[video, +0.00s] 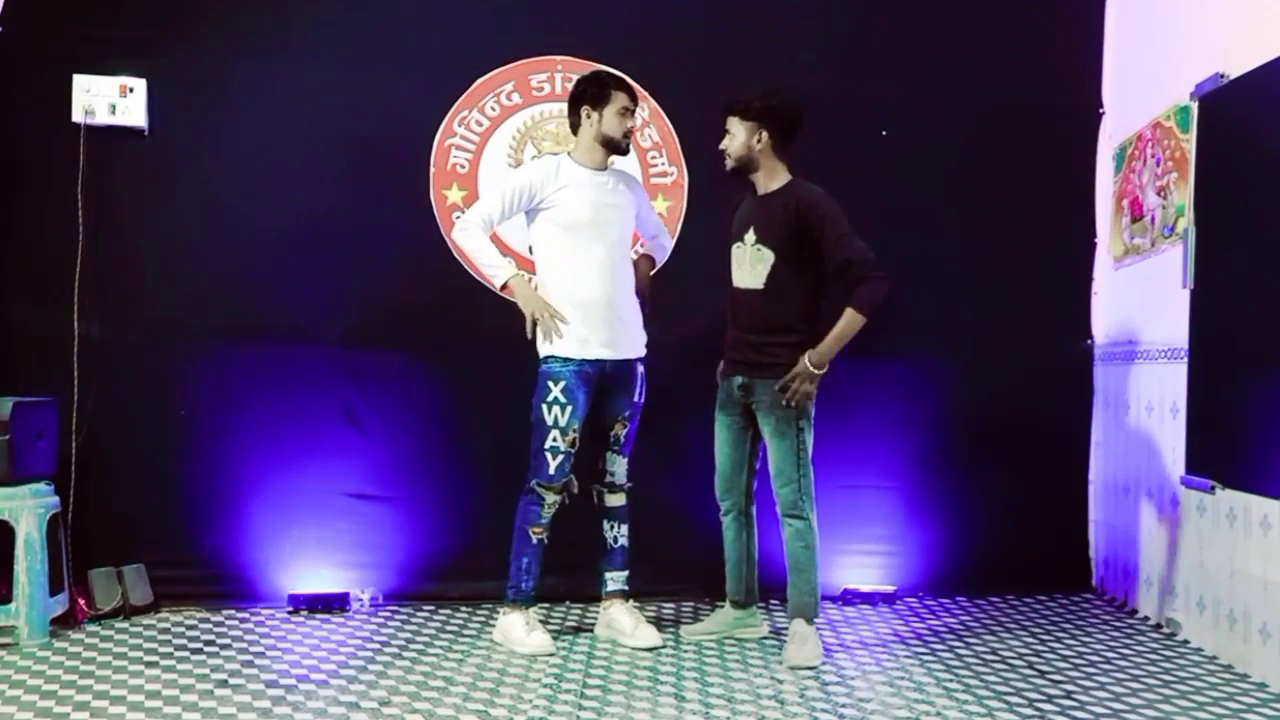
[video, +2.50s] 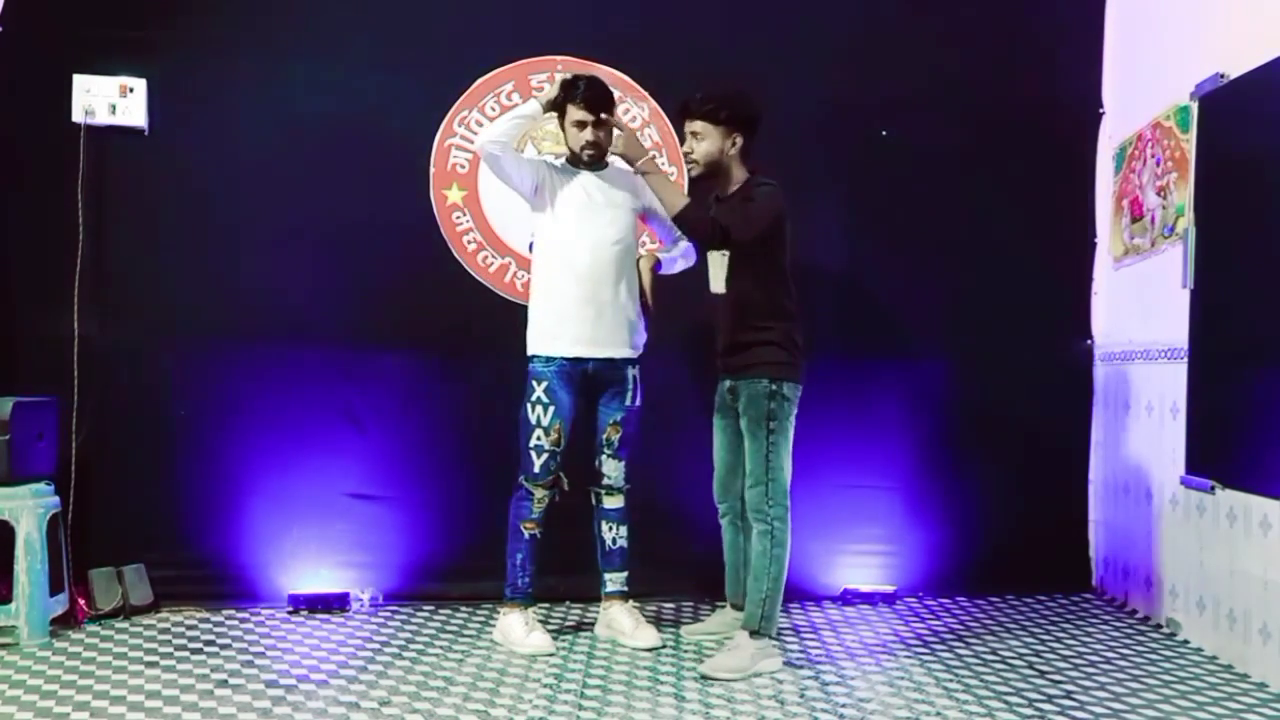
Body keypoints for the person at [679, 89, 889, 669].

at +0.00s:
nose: (723, 142)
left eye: (730, 132)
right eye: (725, 132)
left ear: (761, 138)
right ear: (755, 140)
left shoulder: (808, 203)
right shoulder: (746, 207)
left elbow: (869, 284)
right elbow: (750, 293)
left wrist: (819, 356)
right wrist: (731, 356)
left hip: (785, 379)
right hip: (735, 376)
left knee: (794, 506)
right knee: (731, 498)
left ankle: (802, 623)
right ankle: (741, 609)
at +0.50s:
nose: (721, 143)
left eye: (732, 133)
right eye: (723, 134)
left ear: (768, 141)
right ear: (746, 145)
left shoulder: (808, 202)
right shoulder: (736, 213)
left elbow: (874, 269)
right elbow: (731, 282)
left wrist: (809, 318)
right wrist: (729, 319)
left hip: (788, 379)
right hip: (737, 378)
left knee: (798, 503)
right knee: (737, 499)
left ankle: (802, 623)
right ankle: (742, 610)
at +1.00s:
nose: (729, 140)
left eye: (739, 131)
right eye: (728, 132)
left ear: (774, 138)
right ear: (740, 143)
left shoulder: (811, 202)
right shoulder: (730, 210)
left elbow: (876, 267)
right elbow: (706, 271)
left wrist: (812, 316)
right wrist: (716, 316)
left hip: (789, 375)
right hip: (735, 375)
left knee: (800, 503)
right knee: (740, 498)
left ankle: (803, 622)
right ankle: (742, 609)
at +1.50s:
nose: (720, 138)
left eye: (730, 129)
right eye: (722, 129)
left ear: (764, 137)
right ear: (746, 140)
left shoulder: (801, 200)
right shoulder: (724, 209)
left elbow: (863, 267)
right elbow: (706, 278)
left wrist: (794, 309)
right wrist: (711, 315)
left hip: (779, 372)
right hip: (726, 373)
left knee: (794, 501)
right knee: (735, 498)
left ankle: (802, 622)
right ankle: (741, 609)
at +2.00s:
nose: (705, 142)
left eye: (715, 133)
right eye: (706, 132)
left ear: (750, 141)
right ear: (733, 143)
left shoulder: (780, 207)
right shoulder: (727, 210)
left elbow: (742, 289)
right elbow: (715, 278)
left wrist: (677, 258)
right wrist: (666, 253)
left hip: (766, 376)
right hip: (722, 375)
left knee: (771, 496)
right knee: (729, 497)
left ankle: (802, 620)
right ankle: (741, 610)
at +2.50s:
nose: (688, 148)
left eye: (698, 137)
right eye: (685, 137)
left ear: (734, 140)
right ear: (694, 144)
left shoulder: (764, 196)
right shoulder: (712, 199)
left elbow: (709, 230)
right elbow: (660, 208)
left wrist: (647, 167)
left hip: (769, 371)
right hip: (732, 371)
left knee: (767, 502)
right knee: (731, 499)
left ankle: (762, 637)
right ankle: (739, 612)